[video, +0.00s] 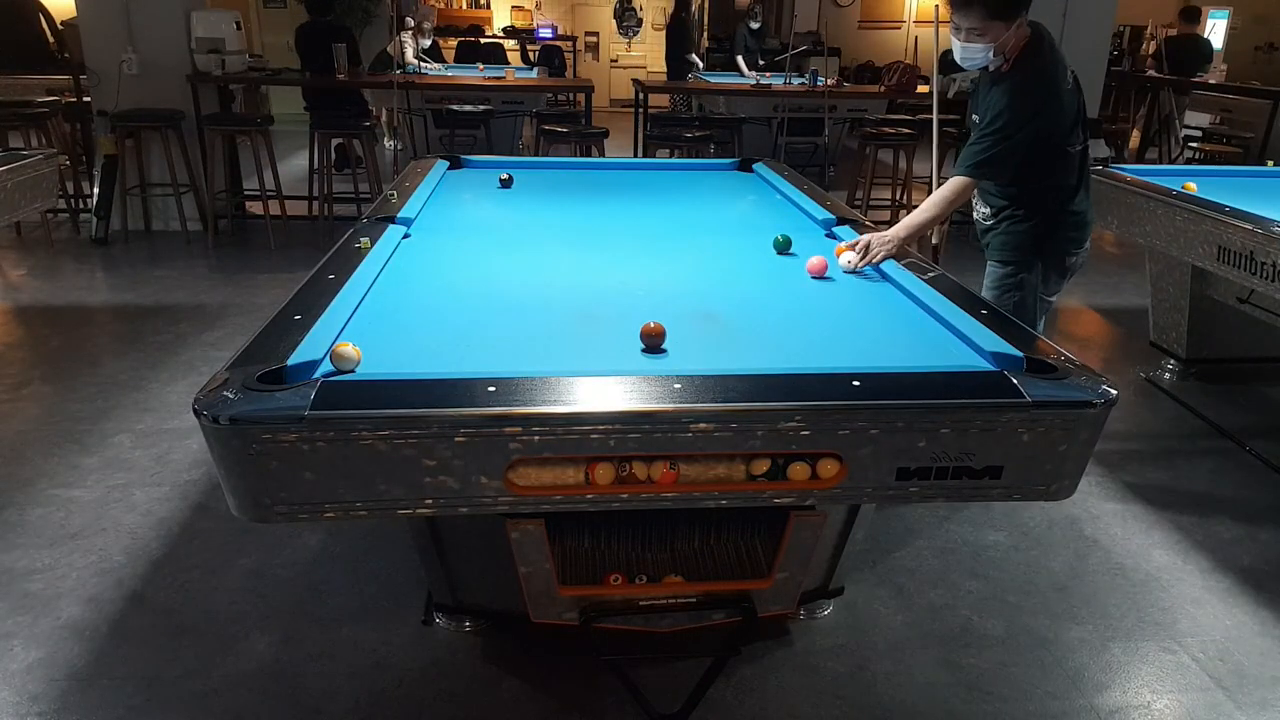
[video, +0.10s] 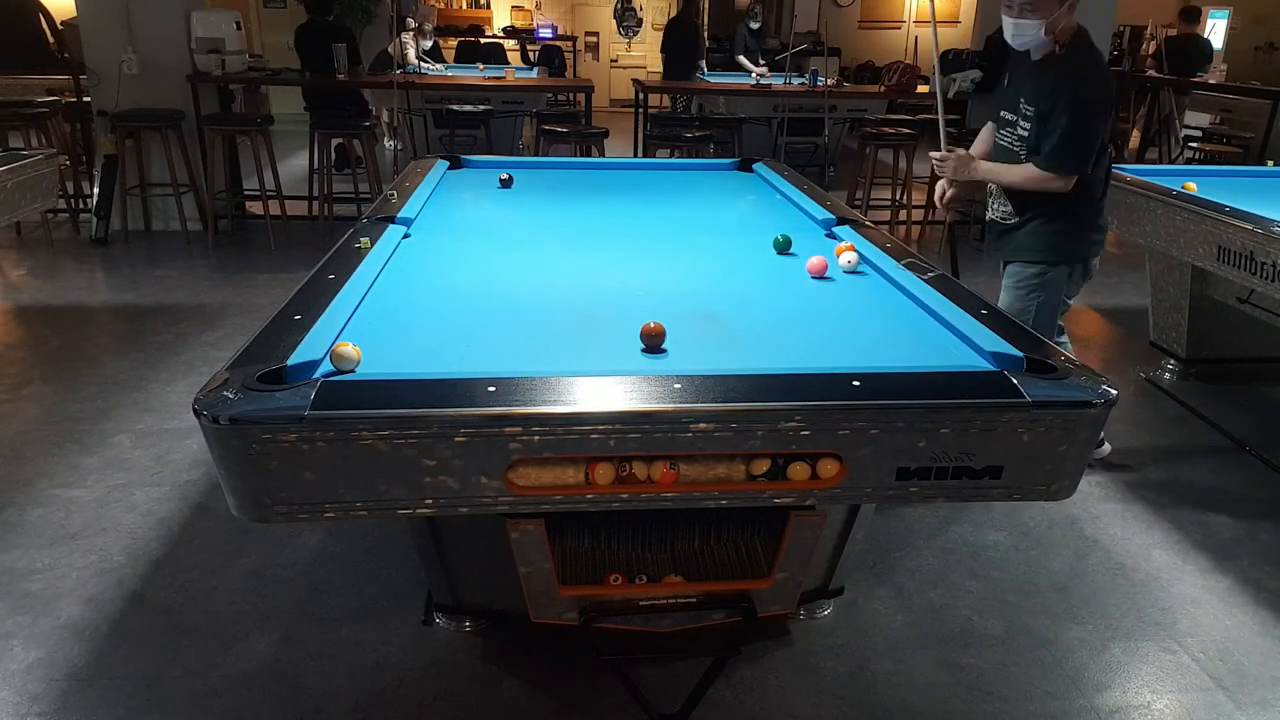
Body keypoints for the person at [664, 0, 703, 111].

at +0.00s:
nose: (694, 8)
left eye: (693, 5)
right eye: (693, 5)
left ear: (678, 5)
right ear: (687, 6)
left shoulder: (673, 20)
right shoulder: (683, 21)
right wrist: (698, 62)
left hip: (673, 67)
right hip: (682, 68)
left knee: (675, 101)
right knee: (683, 102)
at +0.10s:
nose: (700, 11)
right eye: (699, 8)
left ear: (683, 6)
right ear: (696, 9)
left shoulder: (671, 22)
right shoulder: (695, 25)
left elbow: (663, 51)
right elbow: (700, 56)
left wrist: (666, 68)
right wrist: (704, 70)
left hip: (670, 72)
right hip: (688, 74)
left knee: (674, 107)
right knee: (684, 108)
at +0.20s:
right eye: (698, 5)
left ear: (680, 5)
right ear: (695, 7)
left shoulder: (669, 21)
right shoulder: (697, 25)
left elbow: (660, 51)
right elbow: (699, 57)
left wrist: (655, 73)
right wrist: (692, 69)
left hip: (669, 76)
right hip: (688, 77)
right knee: (683, 113)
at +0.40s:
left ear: (668, 6)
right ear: (685, 7)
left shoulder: (661, 21)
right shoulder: (689, 23)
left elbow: (653, 49)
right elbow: (694, 51)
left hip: (663, 71)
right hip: (682, 72)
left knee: (663, 107)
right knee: (679, 108)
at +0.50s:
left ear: (666, 4)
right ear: (682, 5)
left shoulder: (658, 21)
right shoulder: (687, 22)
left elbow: (652, 51)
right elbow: (690, 51)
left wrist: (654, 70)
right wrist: (684, 65)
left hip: (661, 70)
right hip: (681, 71)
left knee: (663, 106)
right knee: (678, 107)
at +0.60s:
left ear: (668, 5)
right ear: (684, 6)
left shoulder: (659, 22)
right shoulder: (689, 23)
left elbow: (652, 50)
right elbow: (693, 51)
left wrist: (660, 67)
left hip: (664, 71)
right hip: (684, 71)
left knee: (665, 106)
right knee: (685, 107)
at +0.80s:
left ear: (688, 6)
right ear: (705, 7)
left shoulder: (678, 21)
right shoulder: (708, 26)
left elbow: (667, 48)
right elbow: (716, 58)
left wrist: (670, 68)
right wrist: (702, 64)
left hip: (676, 74)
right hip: (696, 76)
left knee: (673, 111)